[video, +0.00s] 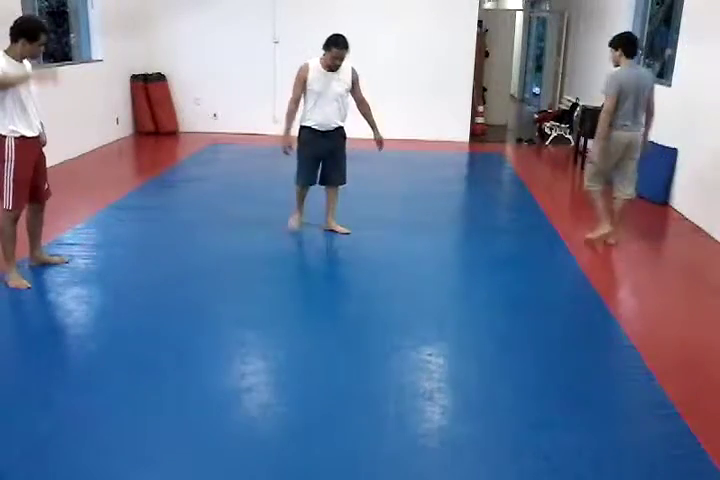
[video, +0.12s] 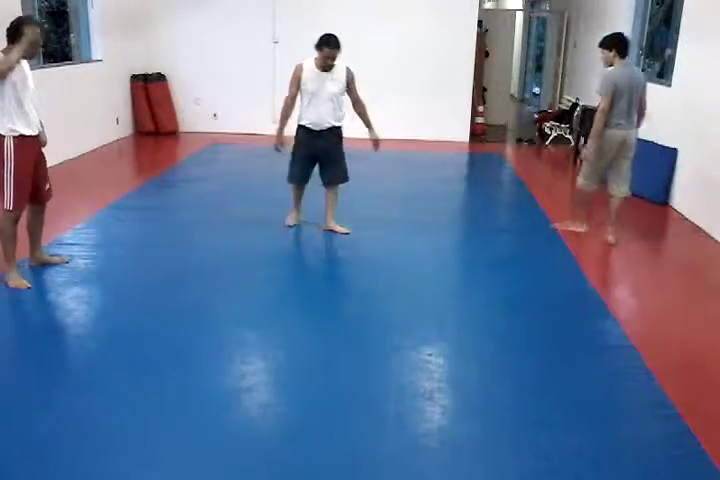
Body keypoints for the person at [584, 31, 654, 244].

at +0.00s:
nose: (611, 55)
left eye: (612, 51)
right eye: (611, 51)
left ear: (620, 52)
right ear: (632, 52)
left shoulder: (616, 77)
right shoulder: (647, 76)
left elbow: (607, 112)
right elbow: (650, 111)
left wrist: (597, 142)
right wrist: (645, 136)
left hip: (615, 134)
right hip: (636, 135)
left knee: (594, 176)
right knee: (624, 185)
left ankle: (604, 223)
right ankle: (613, 231)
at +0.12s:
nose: (601, 57)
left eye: (603, 52)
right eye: (601, 53)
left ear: (614, 52)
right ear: (622, 52)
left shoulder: (610, 75)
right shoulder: (638, 76)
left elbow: (603, 110)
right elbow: (642, 108)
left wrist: (591, 141)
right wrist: (634, 125)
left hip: (609, 132)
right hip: (629, 133)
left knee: (587, 175)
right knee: (619, 183)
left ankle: (578, 220)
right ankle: (612, 230)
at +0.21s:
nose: (595, 59)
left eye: (596, 54)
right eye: (594, 55)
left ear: (607, 53)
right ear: (615, 54)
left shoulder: (605, 77)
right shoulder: (632, 76)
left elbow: (598, 111)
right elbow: (636, 107)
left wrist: (587, 142)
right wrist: (628, 125)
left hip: (604, 132)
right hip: (623, 133)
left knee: (584, 173)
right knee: (616, 183)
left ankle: (572, 216)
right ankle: (611, 230)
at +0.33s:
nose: (586, 59)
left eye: (588, 55)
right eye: (585, 55)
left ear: (598, 54)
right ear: (603, 54)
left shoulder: (596, 77)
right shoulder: (623, 75)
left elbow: (590, 111)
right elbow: (626, 107)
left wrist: (580, 142)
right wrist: (621, 128)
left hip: (595, 132)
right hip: (615, 132)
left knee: (578, 174)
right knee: (608, 181)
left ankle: (571, 218)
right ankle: (611, 226)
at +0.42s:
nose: (580, 58)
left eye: (582, 54)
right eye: (579, 54)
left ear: (593, 53)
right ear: (597, 53)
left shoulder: (590, 75)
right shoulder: (616, 74)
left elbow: (585, 110)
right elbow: (621, 106)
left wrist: (574, 140)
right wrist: (617, 131)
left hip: (589, 129)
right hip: (608, 131)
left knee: (574, 173)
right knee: (599, 175)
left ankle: (571, 217)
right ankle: (607, 214)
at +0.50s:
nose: (576, 57)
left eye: (578, 53)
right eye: (575, 53)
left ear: (589, 52)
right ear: (593, 52)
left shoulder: (587, 75)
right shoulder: (612, 74)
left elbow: (580, 111)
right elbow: (615, 107)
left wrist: (568, 139)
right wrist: (613, 134)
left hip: (585, 129)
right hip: (602, 129)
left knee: (572, 173)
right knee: (593, 173)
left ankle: (570, 217)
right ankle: (602, 206)